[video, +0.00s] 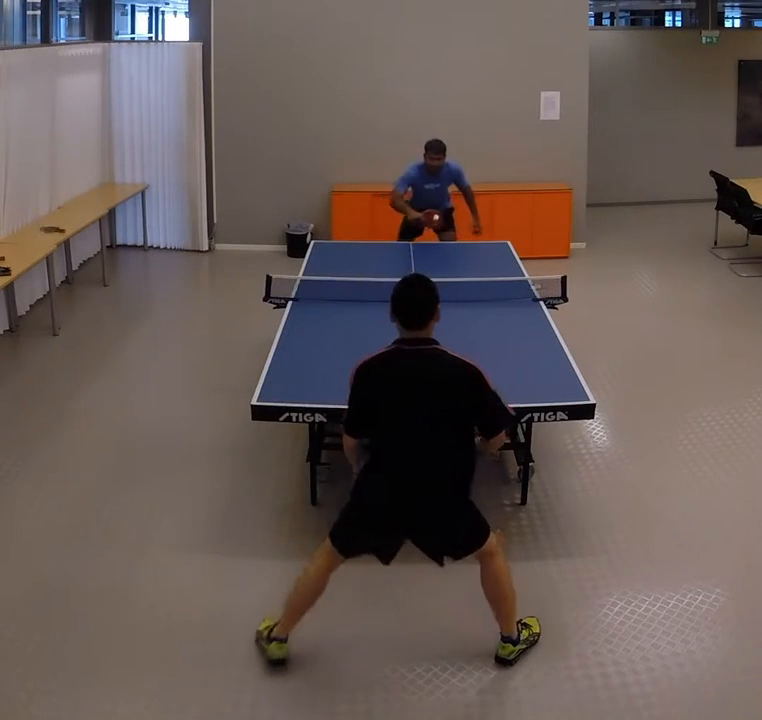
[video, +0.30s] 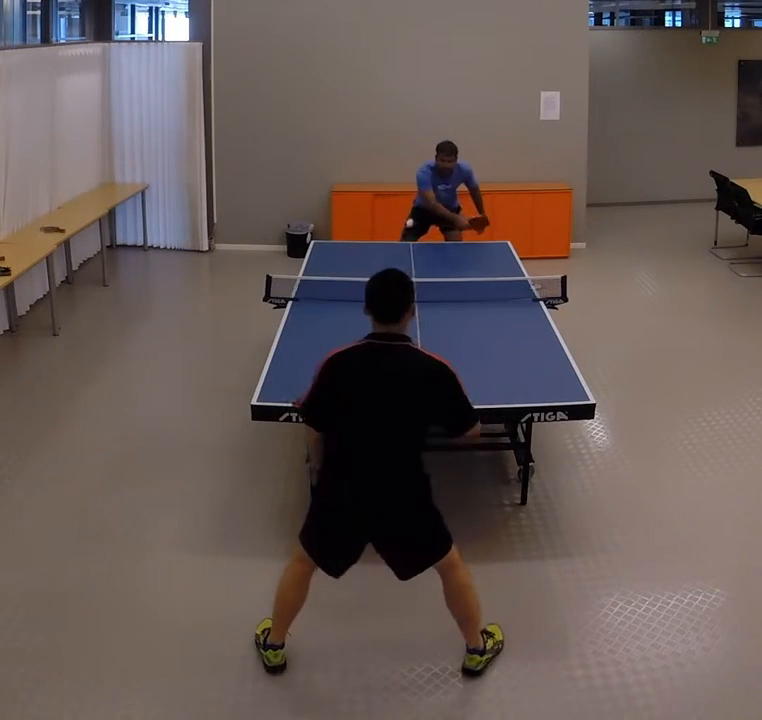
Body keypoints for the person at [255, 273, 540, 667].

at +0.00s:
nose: (438, 311)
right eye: (438, 306)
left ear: (393, 315)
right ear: (437, 314)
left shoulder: (369, 372)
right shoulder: (463, 373)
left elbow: (351, 440)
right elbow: (498, 431)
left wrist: (362, 476)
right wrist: (484, 446)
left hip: (379, 498)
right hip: (443, 500)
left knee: (326, 558)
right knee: (489, 551)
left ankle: (279, 636)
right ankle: (511, 638)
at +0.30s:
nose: (410, 309)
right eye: (412, 304)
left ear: (367, 310)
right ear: (411, 310)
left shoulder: (337, 364)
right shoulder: (432, 369)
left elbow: (313, 429)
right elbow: (467, 430)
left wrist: (320, 473)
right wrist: (425, 426)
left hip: (341, 494)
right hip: (403, 497)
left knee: (304, 562)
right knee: (450, 566)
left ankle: (273, 643)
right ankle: (476, 648)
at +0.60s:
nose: (387, 312)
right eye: (389, 308)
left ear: (344, 312)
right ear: (388, 314)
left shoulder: (320, 371)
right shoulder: (413, 369)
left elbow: (294, 439)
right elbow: (437, 412)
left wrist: (278, 473)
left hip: (333, 502)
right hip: (398, 500)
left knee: (297, 565)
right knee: (444, 567)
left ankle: (274, 644)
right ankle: (476, 648)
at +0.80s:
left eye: (333, 300)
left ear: (334, 306)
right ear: (378, 309)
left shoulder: (315, 369)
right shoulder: (394, 356)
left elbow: (295, 449)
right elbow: (386, 421)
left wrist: (274, 483)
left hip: (335, 495)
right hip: (394, 489)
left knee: (297, 568)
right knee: (439, 568)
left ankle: (273, 644)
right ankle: (476, 648)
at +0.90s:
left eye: (347, 292)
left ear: (346, 298)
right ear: (389, 304)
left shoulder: (319, 359)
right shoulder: (402, 353)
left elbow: (303, 436)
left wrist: (282, 479)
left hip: (332, 487)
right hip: (391, 483)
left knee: (296, 567)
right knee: (433, 567)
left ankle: (273, 643)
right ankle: (474, 642)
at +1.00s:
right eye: (398, 298)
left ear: (355, 295)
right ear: (399, 302)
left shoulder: (313, 346)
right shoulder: (408, 352)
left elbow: (292, 416)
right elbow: (459, 409)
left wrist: (289, 469)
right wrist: (490, 429)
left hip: (326, 484)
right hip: (388, 484)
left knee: (297, 566)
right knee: (432, 563)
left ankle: (273, 643)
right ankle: (468, 635)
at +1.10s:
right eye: (417, 303)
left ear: (375, 297)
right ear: (417, 307)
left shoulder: (328, 345)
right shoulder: (421, 362)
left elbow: (290, 405)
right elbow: (458, 428)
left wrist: (286, 451)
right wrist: (502, 478)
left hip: (331, 486)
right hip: (392, 489)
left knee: (301, 565)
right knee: (437, 566)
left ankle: (273, 643)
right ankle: (468, 642)